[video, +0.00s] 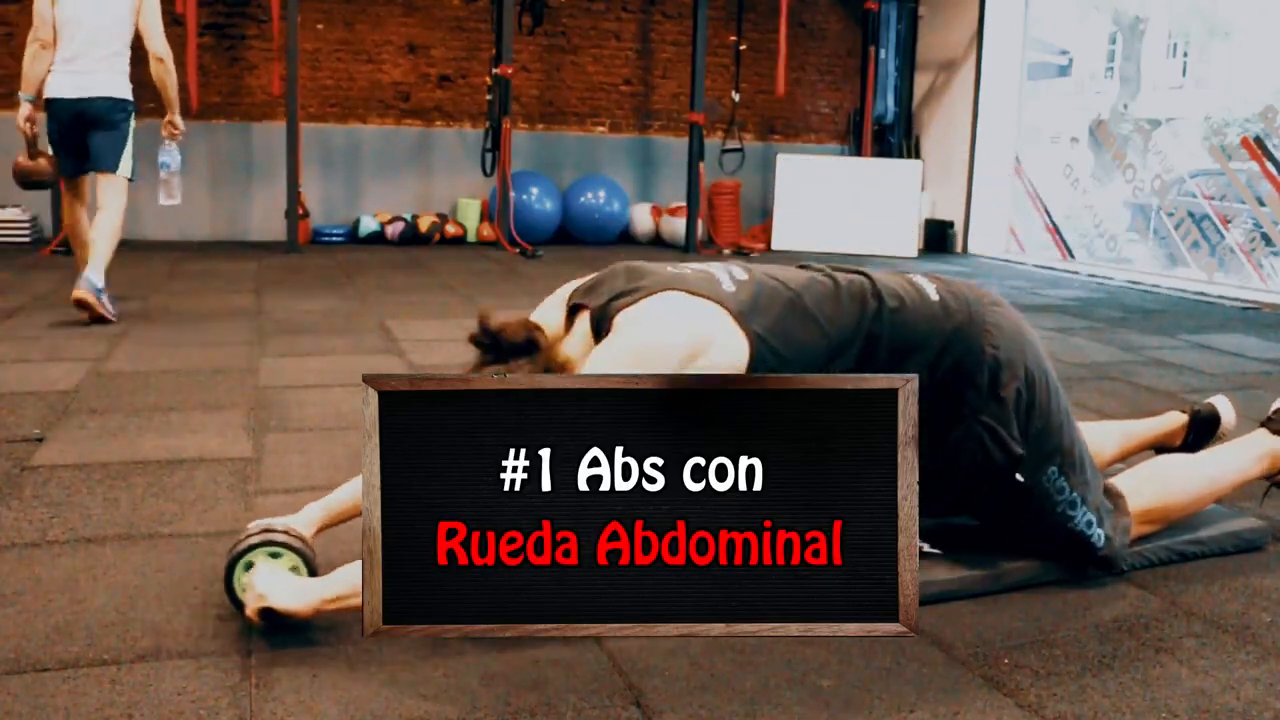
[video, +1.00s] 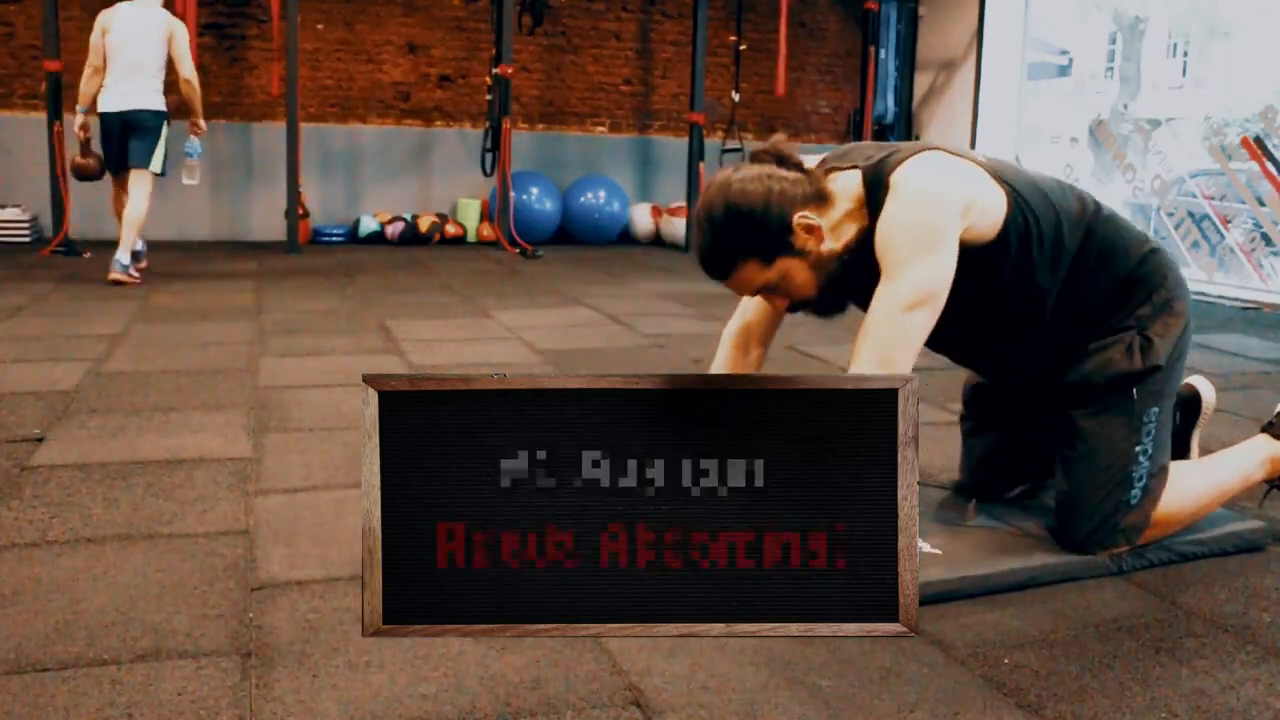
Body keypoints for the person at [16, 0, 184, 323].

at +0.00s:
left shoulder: (50, 1)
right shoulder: (141, 2)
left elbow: (41, 41)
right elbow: (158, 53)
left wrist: (26, 99)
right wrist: (173, 111)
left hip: (61, 98)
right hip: (112, 97)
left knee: (74, 198)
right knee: (111, 201)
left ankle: (94, 289)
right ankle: (90, 281)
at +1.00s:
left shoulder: (105, 17)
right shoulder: (172, 23)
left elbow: (94, 68)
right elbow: (187, 76)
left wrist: (81, 112)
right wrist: (197, 116)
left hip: (110, 111)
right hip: (149, 110)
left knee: (120, 186)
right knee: (140, 189)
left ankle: (135, 247)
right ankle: (121, 261)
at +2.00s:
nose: (228, 56)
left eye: (229, 53)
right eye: (229, 53)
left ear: (206, 42)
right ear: (226, 48)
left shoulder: (178, 53)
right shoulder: (223, 58)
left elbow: (162, 95)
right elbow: (225, 92)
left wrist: (156, 139)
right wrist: (233, 128)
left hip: (162, 119)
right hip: (193, 120)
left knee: (167, 176)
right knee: (205, 182)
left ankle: (169, 237)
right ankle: (195, 242)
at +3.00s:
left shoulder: (177, 87)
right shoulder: (218, 91)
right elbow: (219, 118)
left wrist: (173, 190)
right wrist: (224, 155)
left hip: (156, 117)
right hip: (190, 117)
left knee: (167, 176)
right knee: (202, 179)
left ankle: (175, 235)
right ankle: (198, 239)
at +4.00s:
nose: (130, 172)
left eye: (123, 162)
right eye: (124, 164)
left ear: (124, 153)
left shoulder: (128, 154)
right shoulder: (169, 133)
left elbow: (113, 205)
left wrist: (96, 240)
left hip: (173, 168)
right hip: (208, 160)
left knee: (146, 209)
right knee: (201, 195)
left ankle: (185, 236)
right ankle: (200, 239)